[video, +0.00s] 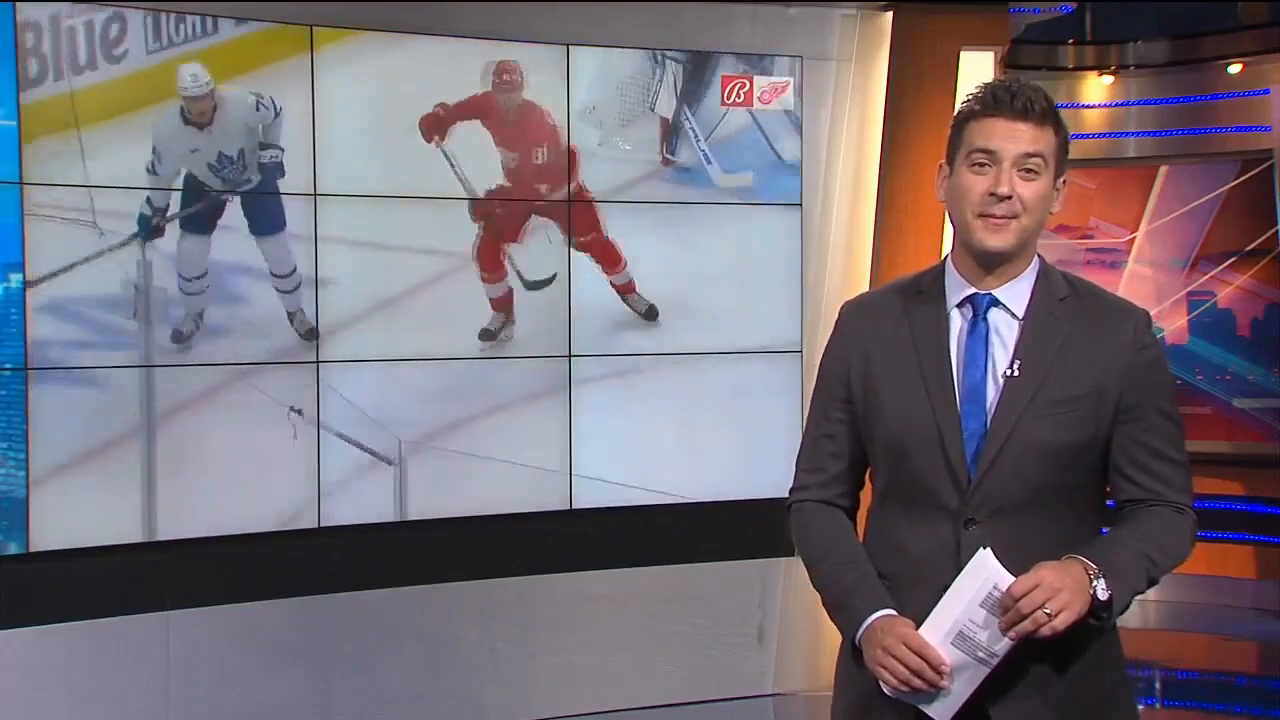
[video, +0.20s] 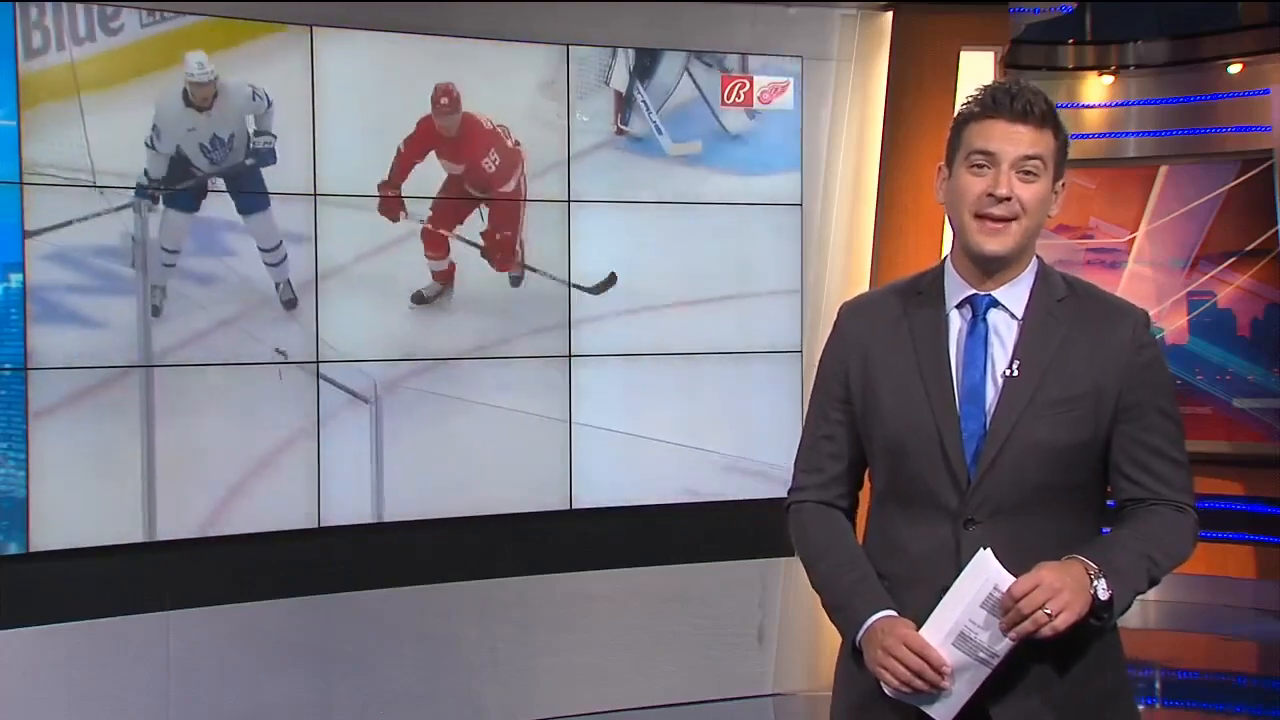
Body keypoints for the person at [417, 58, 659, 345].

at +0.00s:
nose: (506, 100)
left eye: (512, 94)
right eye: (500, 94)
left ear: (522, 91)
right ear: (492, 92)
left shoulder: (536, 118)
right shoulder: (488, 106)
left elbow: (537, 180)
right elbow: (459, 111)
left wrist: (498, 201)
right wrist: (439, 120)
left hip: (560, 191)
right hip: (519, 191)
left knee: (596, 242)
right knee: (486, 250)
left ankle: (631, 294)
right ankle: (503, 316)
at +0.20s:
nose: (445, 123)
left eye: (450, 116)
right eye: (440, 117)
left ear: (460, 113)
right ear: (433, 114)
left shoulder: (480, 132)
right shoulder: (428, 128)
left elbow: (505, 184)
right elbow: (406, 155)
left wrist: (497, 239)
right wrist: (391, 190)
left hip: (505, 182)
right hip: (464, 179)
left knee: (500, 257)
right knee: (433, 234)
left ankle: (516, 262)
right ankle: (442, 283)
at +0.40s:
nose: (461, 167)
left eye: (466, 162)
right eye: (456, 162)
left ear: (474, 158)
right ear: (448, 157)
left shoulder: (482, 176)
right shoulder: (425, 163)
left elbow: (492, 228)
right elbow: (408, 201)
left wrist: (474, 253)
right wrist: (424, 237)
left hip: (468, 215)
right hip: (430, 212)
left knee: (464, 259)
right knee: (392, 250)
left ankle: (453, 316)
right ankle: (358, 291)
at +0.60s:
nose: (464, 180)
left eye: (470, 175)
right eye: (461, 174)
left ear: (478, 172)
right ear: (453, 167)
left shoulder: (477, 199)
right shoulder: (434, 169)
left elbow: (459, 248)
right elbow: (413, 216)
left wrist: (436, 284)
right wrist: (423, 258)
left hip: (447, 220)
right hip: (413, 206)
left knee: (454, 271)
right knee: (392, 257)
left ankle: (423, 324)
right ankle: (351, 316)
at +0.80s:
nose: (524, 132)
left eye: (531, 128)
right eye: (523, 123)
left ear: (537, 129)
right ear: (515, 116)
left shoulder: (531, 155)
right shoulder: (488, 113)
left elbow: (517, 190)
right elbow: (447, 108)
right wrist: (453, 143)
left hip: (487, 196)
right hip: (449, 180)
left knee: (502, 245)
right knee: (418, 233)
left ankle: (455, 303)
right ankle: (363, 297)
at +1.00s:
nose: (595, 87)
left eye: (598, 81)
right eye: (591, 81)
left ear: (600, 80)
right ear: (578, 78)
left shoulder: (594, 108)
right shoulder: (547, 83)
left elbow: (574, 146)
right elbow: (492, 83)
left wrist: (566, 173)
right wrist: (508, 121)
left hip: (543, 165)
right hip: (512, 154)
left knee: (526, 228)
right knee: (522, 216)